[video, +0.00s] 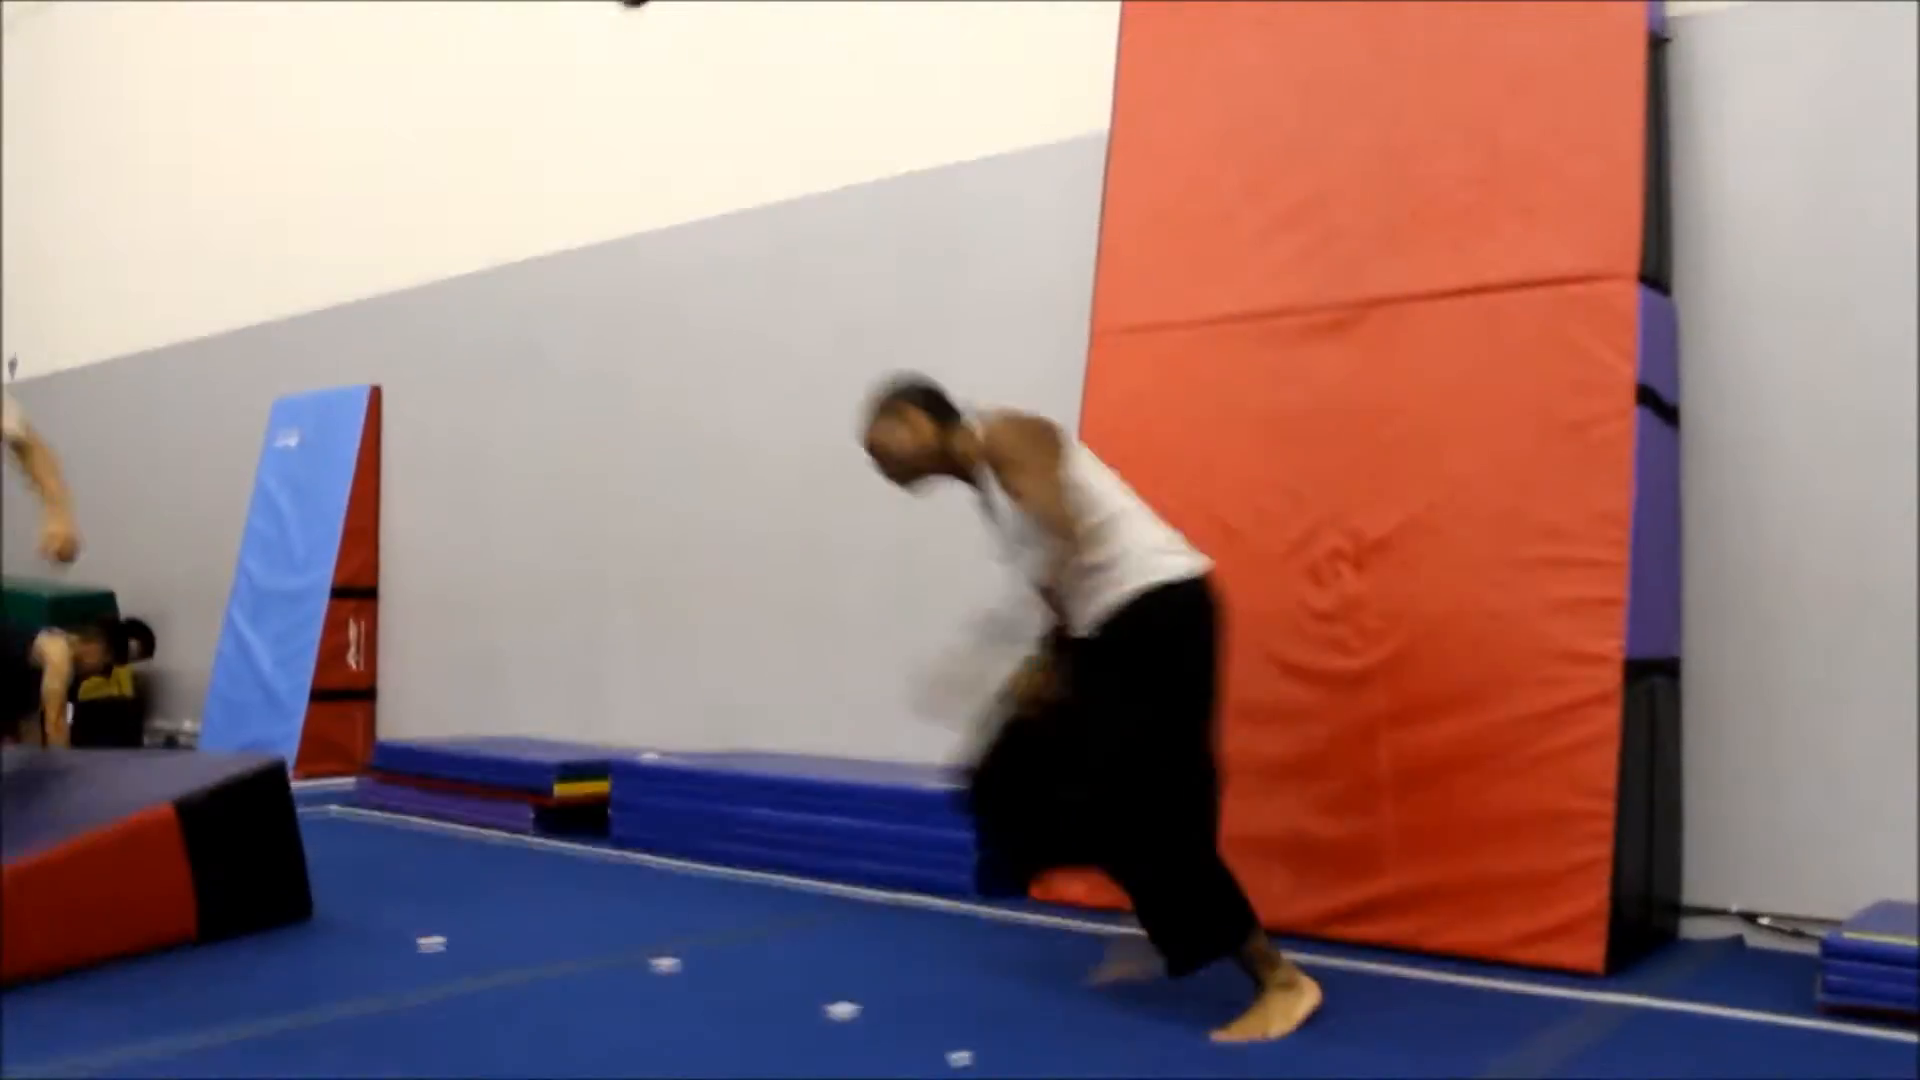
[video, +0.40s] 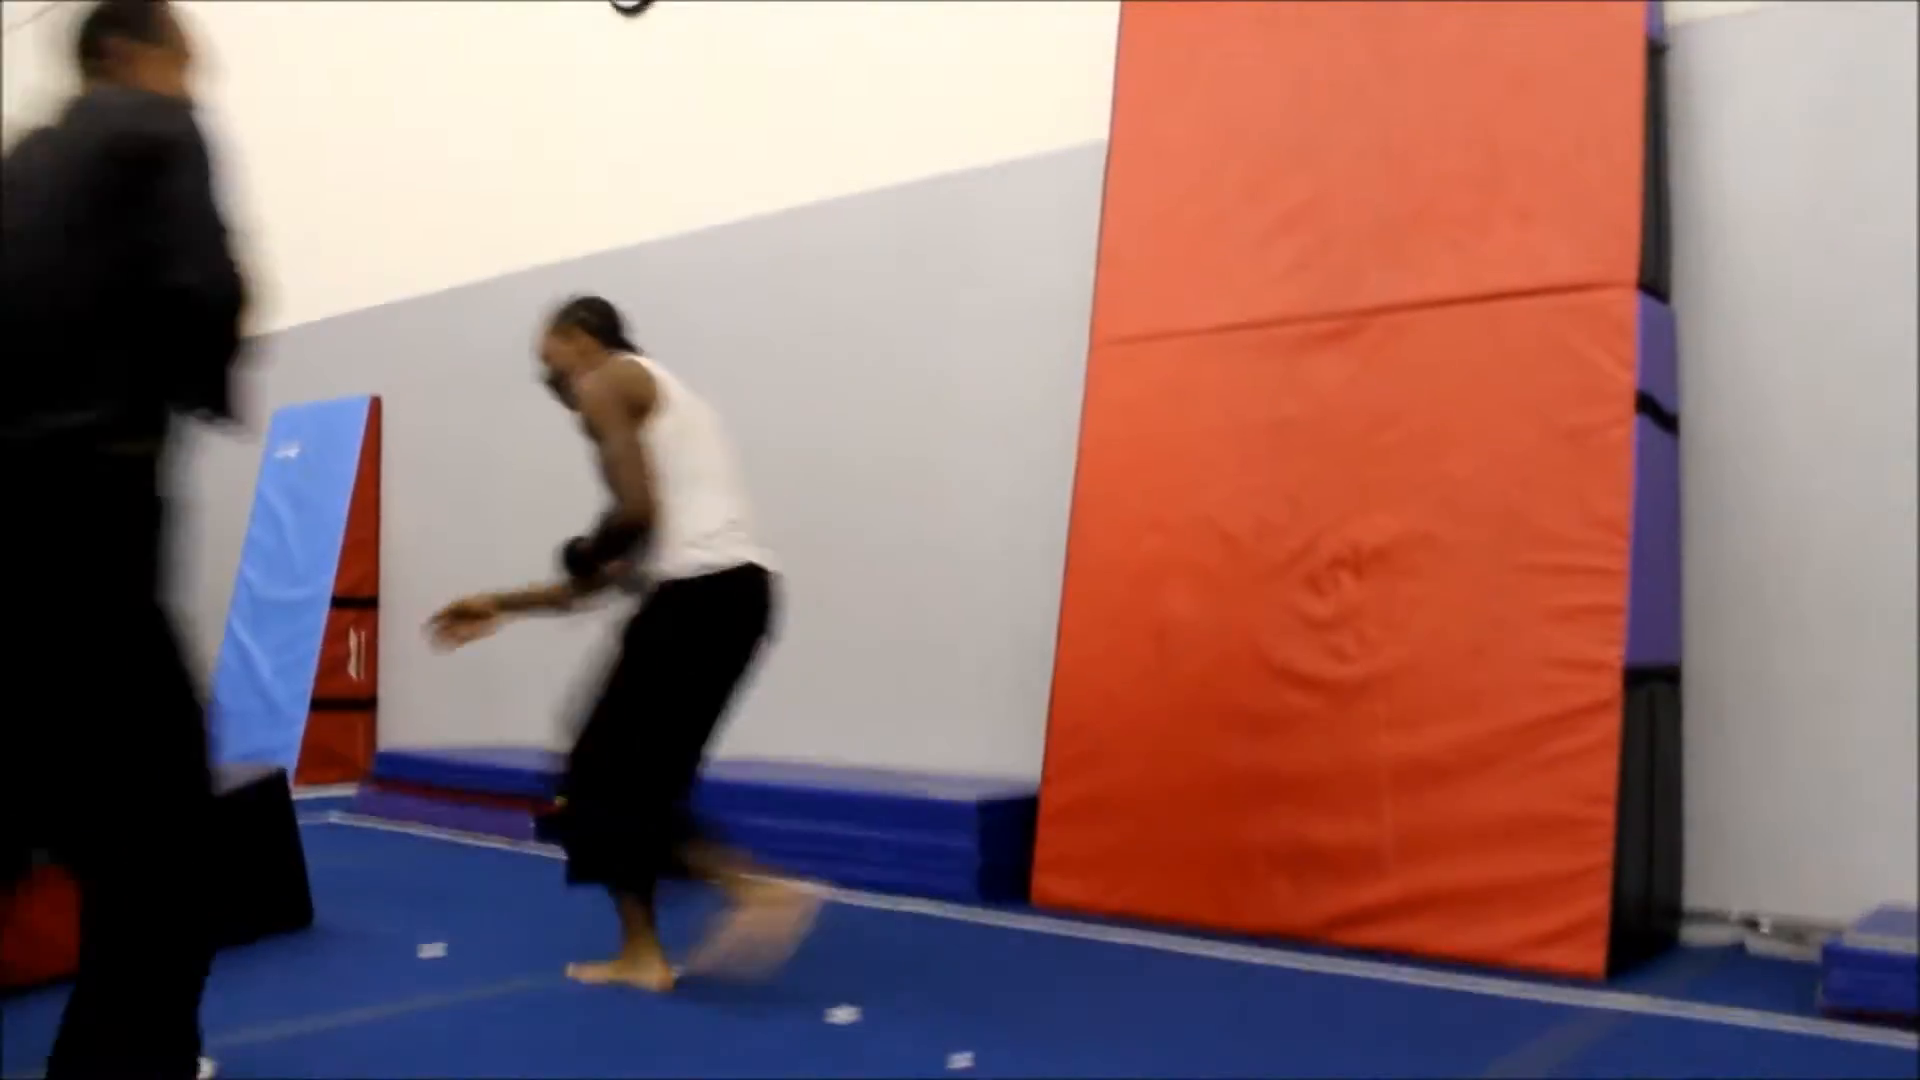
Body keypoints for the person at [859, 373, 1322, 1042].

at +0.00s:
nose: (879, 461)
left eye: (881, 441)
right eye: (873, 449)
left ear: (918, 418)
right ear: (916, 426)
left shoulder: (1005, 437)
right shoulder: (991, 481)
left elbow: (1067, 538)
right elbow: (1069, 579)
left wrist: (1047, 653)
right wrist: (1051, 663)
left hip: (1160, 608)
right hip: (1112, 629)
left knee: (1150, 808)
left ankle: (1281, 980)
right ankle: (1154, 929)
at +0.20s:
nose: (719, 387)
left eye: (718, 368)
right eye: (713, 377)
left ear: (745, 340)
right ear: (765, 338)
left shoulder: (796, 367)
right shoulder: (839, 404)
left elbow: (817, 468)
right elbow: (850, 566)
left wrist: (729, 459)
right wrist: (733, 604)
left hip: (902, 573)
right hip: (922, 576)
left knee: (780, 738)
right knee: (985, 766)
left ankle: (689, 930)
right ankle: (1175, 903)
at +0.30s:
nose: (635, 390)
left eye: (635, 373)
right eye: (630, 380)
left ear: (660, 347)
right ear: (685, 347)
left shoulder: (689, 373)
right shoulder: (738, 395)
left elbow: (723, 482)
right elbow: (723, 577)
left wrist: (674, 477)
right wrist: (613, 585)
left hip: (791, 589)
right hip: (813, 589)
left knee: (673, 754)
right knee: (796, 798)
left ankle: (647, 950)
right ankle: (995, 865)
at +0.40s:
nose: (553, 383)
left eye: (555, 366)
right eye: (548, 371)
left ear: (584, 341)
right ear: (608, 342)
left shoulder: (606, 383)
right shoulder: (661, 392)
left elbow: (637, 508)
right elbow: (612, 576)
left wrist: (591, 556)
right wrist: (500, 606)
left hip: (698, 592)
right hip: (735, 590)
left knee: (603, 771)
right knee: (637, 780)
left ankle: (640, 953)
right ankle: (757, 888)